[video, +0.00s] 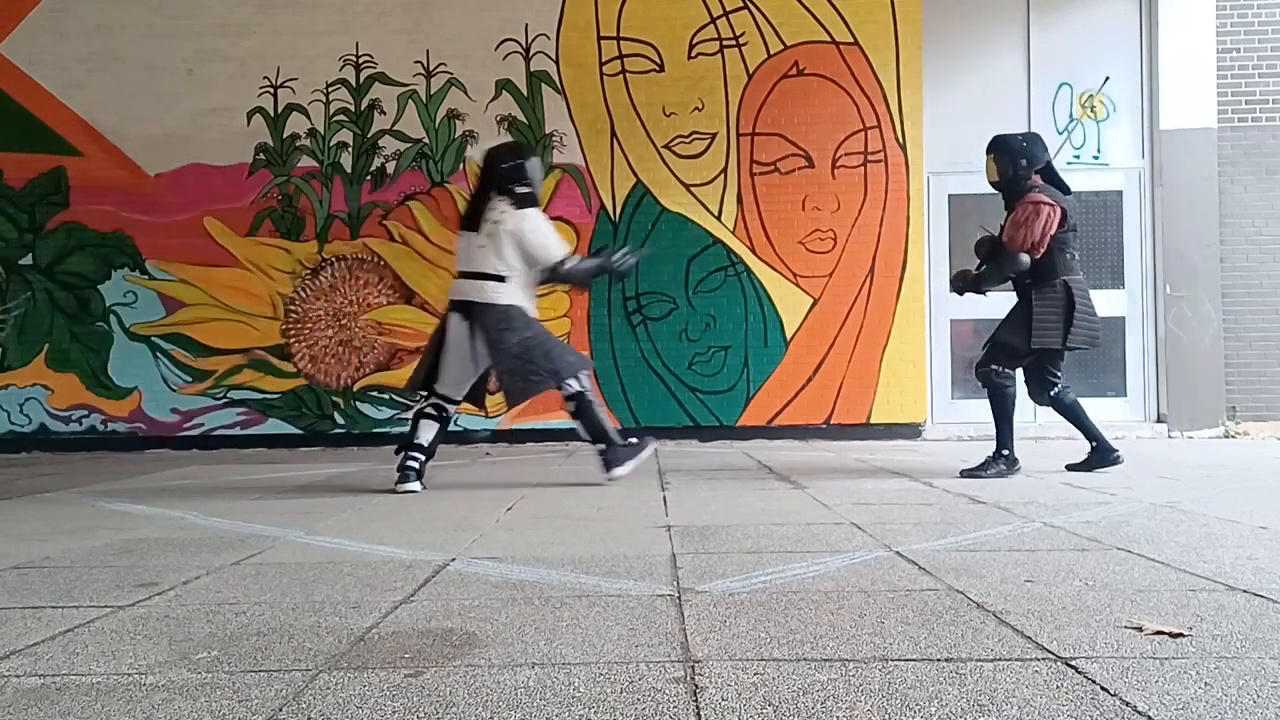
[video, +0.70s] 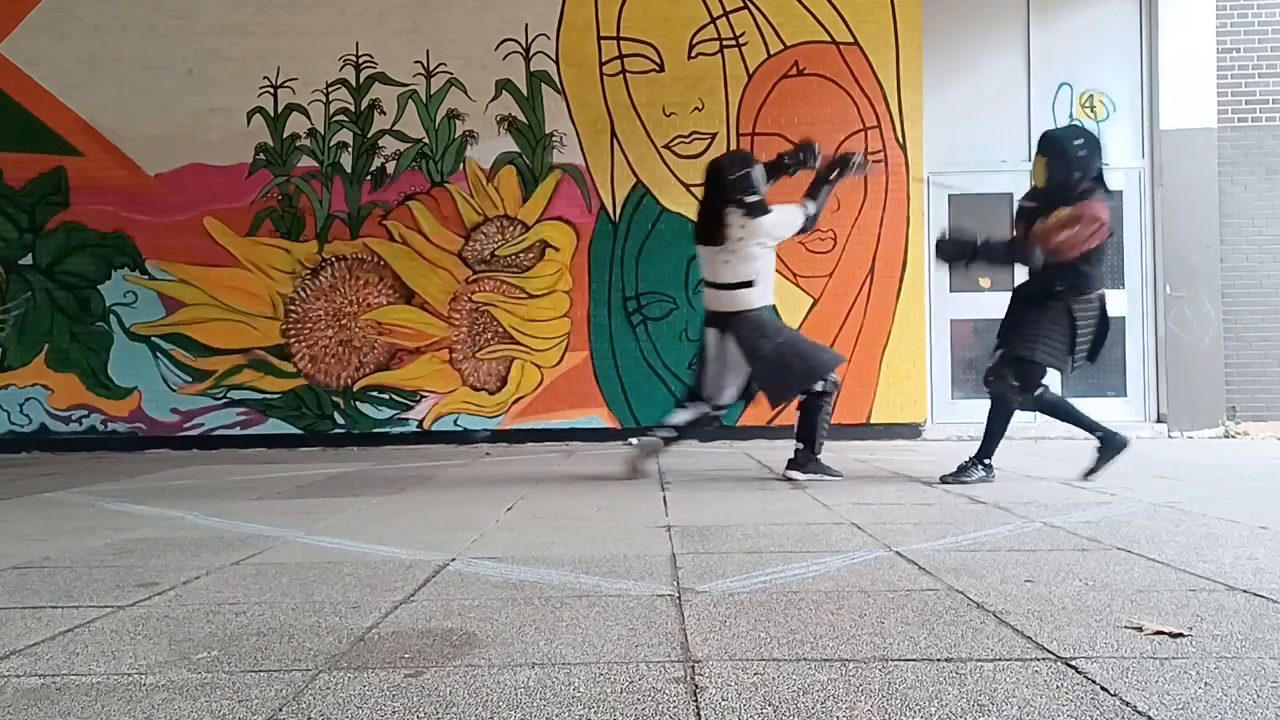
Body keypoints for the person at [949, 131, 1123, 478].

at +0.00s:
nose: (992, 172)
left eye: (998, 164)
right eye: (992, 165)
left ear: (1022, 165)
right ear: (1026, 167)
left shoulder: (1034, 203)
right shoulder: (1034, 200)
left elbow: (1015, 260)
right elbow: (1026, 256)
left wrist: (975, 280)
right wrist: (994, 250)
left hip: (1048, 300)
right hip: (1056, 299)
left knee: (994, 367)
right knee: (1044, 385)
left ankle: (1004, 456)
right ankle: (1102, 447)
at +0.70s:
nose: (1038, 170)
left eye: (1046, 163)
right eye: (1039, 162)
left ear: (1074, 166)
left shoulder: (1090, 212)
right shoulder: (1043, 202)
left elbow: (1038, 252)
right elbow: (1021, 248)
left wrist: (974, 249)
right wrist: (972, 250)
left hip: (1064, 304)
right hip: (1038, 300)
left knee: (1005, 377)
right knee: (1022, 387)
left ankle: (982, 462)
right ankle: (1108, 438)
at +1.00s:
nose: (1117, 106)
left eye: (1124, 99)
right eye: (1120, 98)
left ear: (1146, 109)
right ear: (1160, 110)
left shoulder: (1160, 155)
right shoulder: (1166, 150)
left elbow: (1094, 179)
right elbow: (1096, 172)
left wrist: (1035, 152)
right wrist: (1054, 146)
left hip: (1150, 272)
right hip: (1152, 270)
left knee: (1107, 356)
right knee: (1109, 357)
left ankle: (1149, 456)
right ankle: (1152, 448)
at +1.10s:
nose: (1147, 96)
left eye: (1156, 88)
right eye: (1150, 87)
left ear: (1180, 95)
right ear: (1193, 95)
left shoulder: (1190, 144)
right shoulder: (1188, 137)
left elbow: (1118, 178)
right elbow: (1129, 170)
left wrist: (1057, 152)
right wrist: (1081, 149)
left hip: (1189, 268)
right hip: (1174, 266)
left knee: (1170, 368)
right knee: (1156, 365)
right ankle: (1157, 459)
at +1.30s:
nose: (1194, 88)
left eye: (1203, 79)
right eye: (1196, 78)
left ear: (1232, 86)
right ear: (1238, 88)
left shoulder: (1247, 143)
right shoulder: (1239, 137)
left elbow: (1208, 206)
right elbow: (1204, 200)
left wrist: (1137, 204)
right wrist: (1156, 177)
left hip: (1250, 273)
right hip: (1246, 270)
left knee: (1222, 377)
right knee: (1226, 373)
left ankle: (1275, 474)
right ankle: (1276, 470)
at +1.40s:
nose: (1215, 77)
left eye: (1223, 65)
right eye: (1216, 65)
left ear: (1249, 69)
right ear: (1254, 69)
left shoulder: (1270, 125)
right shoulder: (1252, 123)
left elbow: (1260, 198)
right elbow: (1244, 196)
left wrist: (1191, 203)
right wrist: (1194, 184)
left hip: (1266, 265)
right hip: (1256, 264)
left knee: (1244, 375)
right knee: (1248, 374)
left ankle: (1278, 476)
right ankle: (1276, 476)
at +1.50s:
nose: (1235, 66)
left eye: (1242, 55)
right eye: (1237, 55)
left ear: (1265, 61)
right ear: (1263, 62)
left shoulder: (1275, 124)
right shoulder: (1267, 123)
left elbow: (1264, 185)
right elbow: (1257, 183)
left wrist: (1216, 176)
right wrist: (1216, 176)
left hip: (1274, 262)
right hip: (1268, 260)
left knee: (1256, 369)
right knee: (1254, 369)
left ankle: (1279, 477)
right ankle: (1278, 476)